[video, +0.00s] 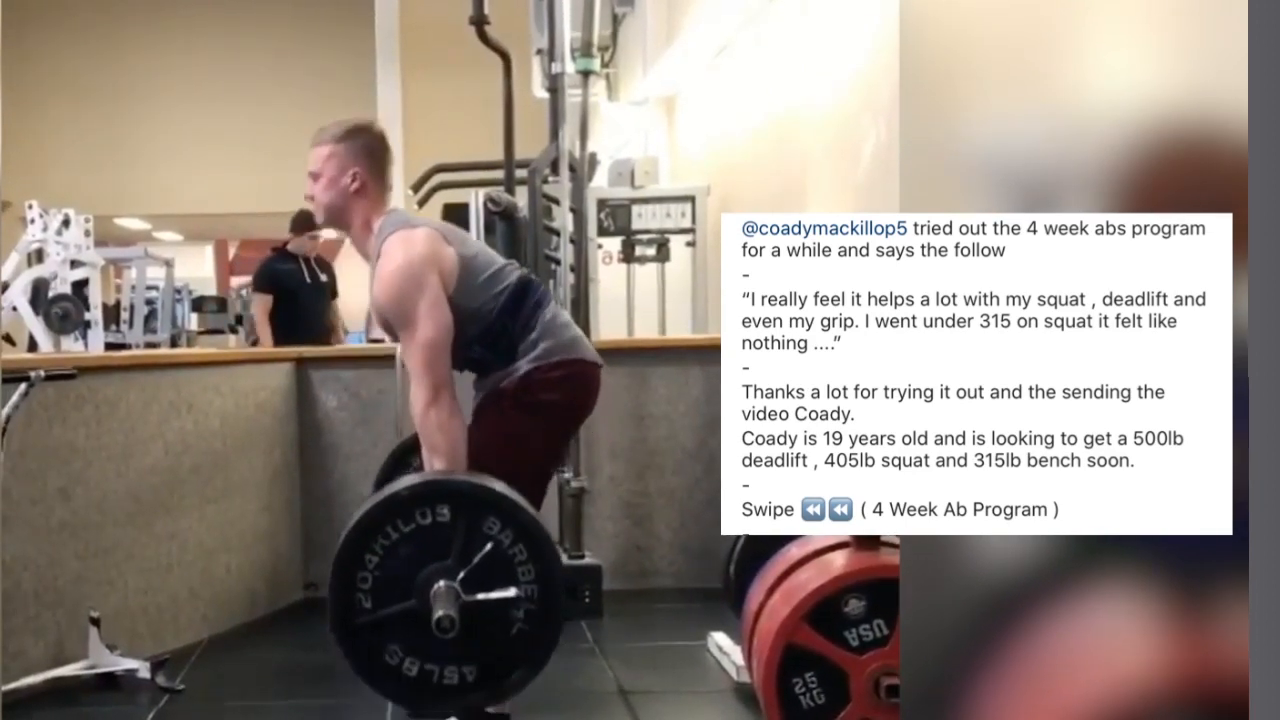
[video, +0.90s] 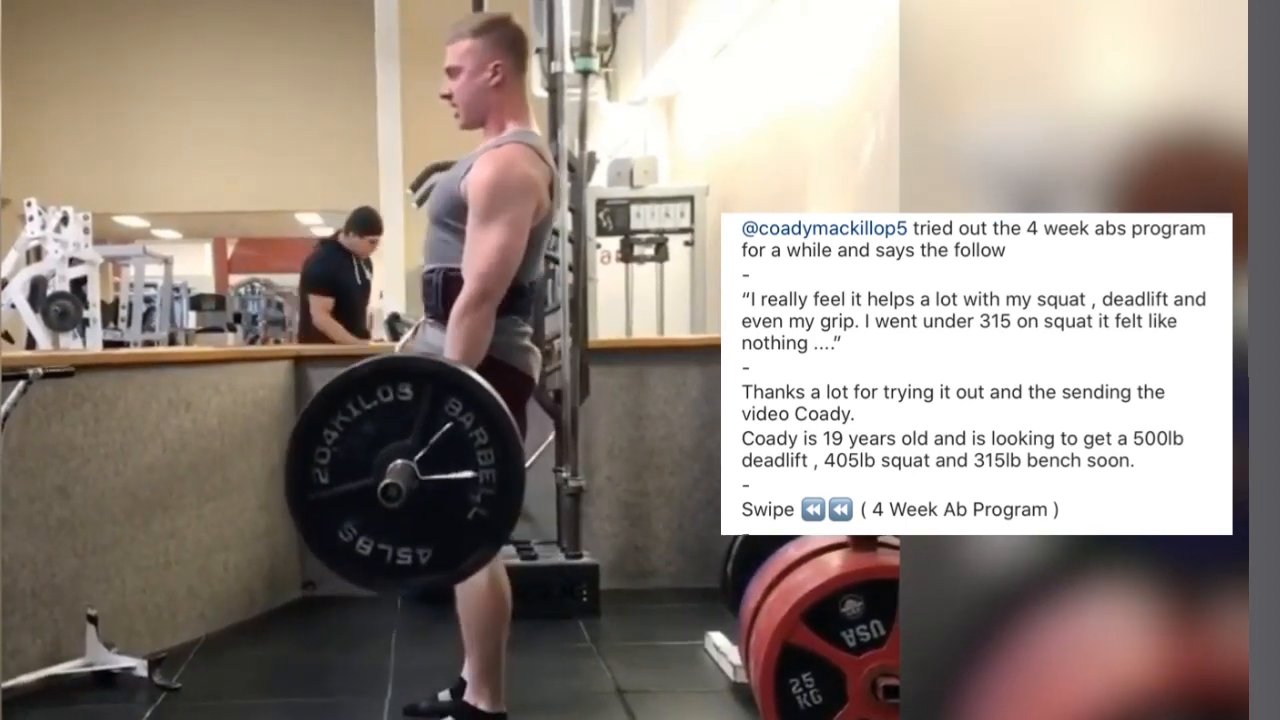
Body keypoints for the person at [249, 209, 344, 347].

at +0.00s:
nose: (317, 243)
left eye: (318, 238)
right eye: (312, 238)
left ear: (320, 236)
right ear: (296, 235)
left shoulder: (324, 266)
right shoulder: (272, 267)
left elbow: (332, 309)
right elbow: (260, 313)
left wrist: (339, 342)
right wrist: (269, 352)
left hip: (323, 353)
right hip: (286, 355)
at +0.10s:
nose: (327, 243)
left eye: (329, 237)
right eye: (322, 237)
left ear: (333, 237)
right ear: (304, 235)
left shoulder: (332, 268)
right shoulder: (279, 268)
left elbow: (340, 312)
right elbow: (266, 313)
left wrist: (344, 347)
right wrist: (275, 355)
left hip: (331, 355)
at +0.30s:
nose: (347, 242)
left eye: (349, 237)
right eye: (343, 236)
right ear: (324, 232)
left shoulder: (348, 268)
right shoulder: (293, 260)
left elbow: (354, 312)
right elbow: (274, 304)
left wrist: (357, 343)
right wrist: (278, 342)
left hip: (342, 355)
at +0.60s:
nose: (360, 242)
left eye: (362, 237)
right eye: (356, 236)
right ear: (338, 231)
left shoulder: (359, 264)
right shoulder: (305, 261)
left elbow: (367, 309)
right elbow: (287, 305)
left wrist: (376, 343)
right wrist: (299, 341)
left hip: (354, 355)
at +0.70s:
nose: (364, 244)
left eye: (365, 238)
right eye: (360, 238)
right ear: (343, 232)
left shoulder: (360, 262)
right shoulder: (309, 261)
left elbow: (365, 307)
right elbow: (293, 310)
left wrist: (375, 342)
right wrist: (315, 349)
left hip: (357, 354)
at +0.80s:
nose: (368, 246)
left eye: (370, 240)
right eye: (365, 240)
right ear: (346, 234)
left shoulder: (363, 262)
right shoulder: (314, 262)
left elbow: (364, 306)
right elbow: (303, 314)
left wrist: (369, 339)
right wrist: (333, 348)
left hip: (358, 351)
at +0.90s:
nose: (375, 248)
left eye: (377, 242)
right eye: (371, 242)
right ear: (352, 235)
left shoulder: (363, 261)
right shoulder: (324, 261)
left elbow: (358, 309)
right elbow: (320, 317)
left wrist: (365, 341)